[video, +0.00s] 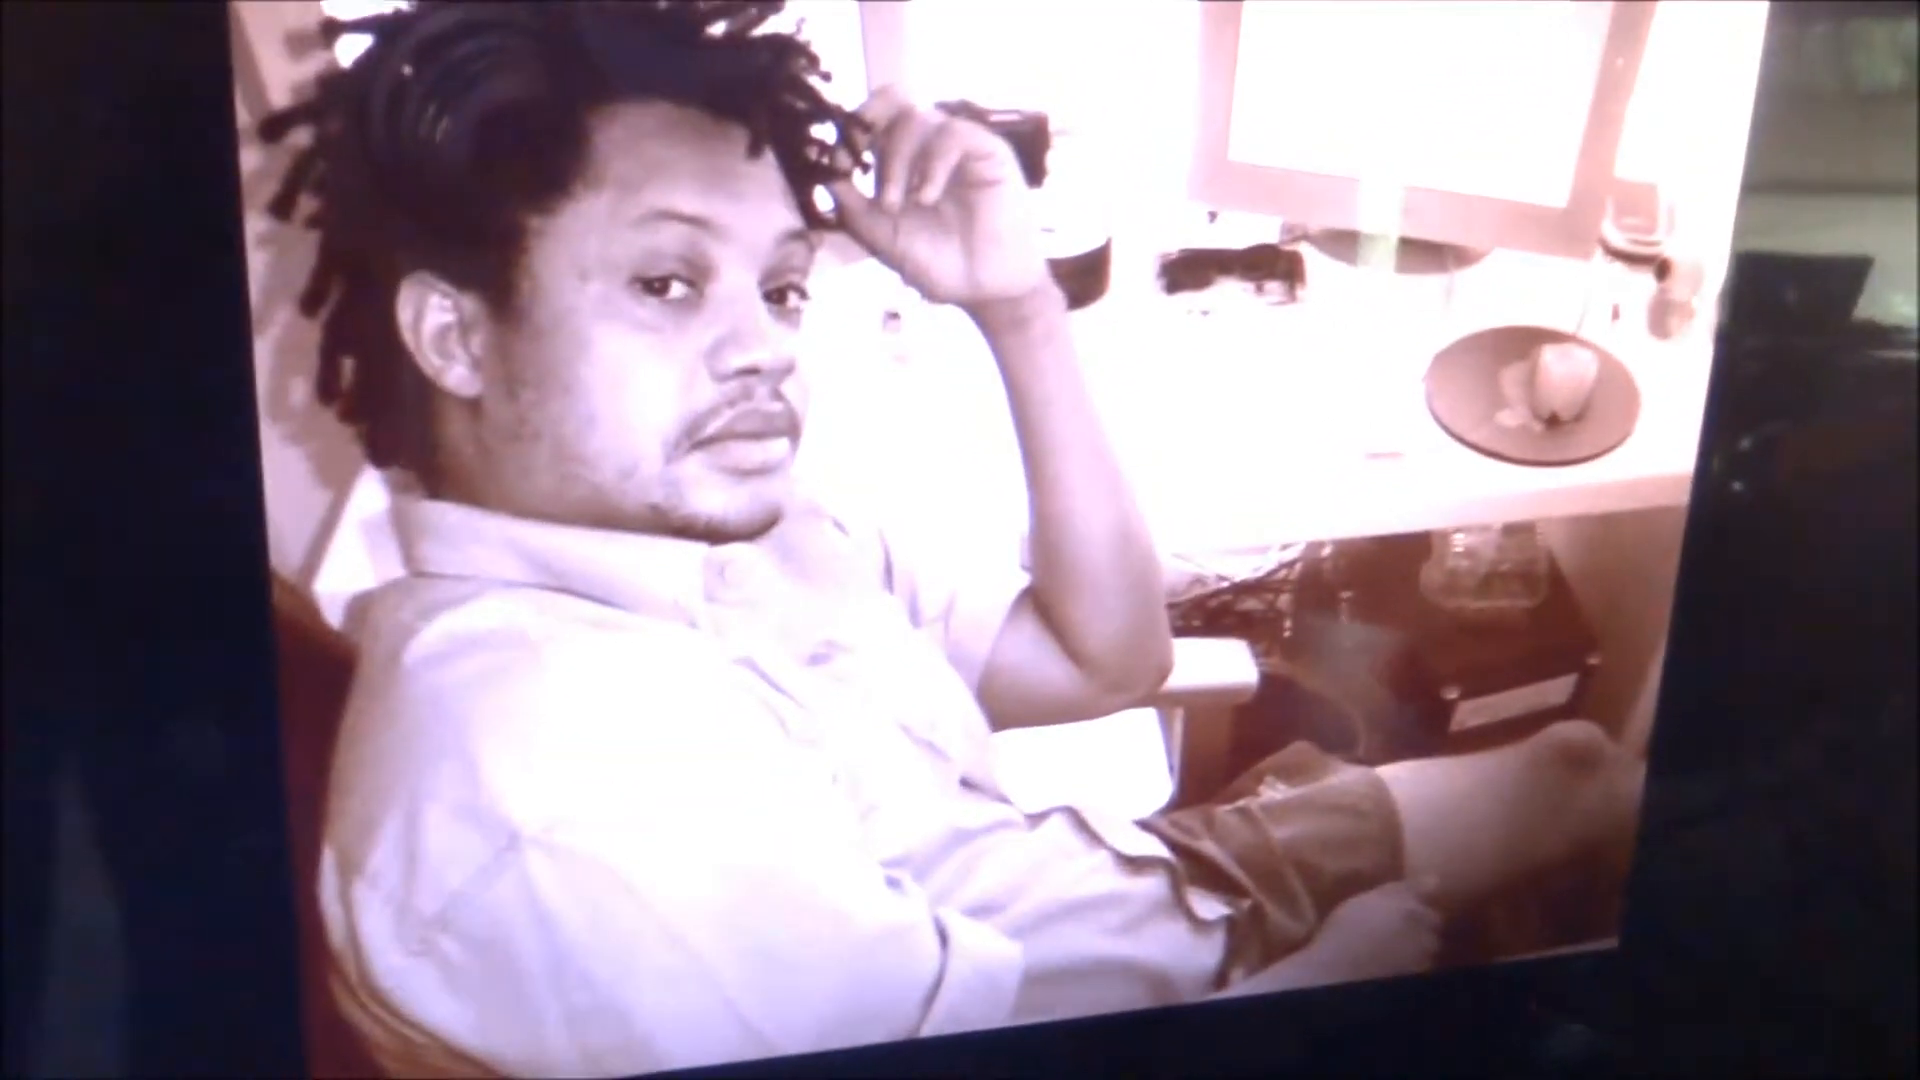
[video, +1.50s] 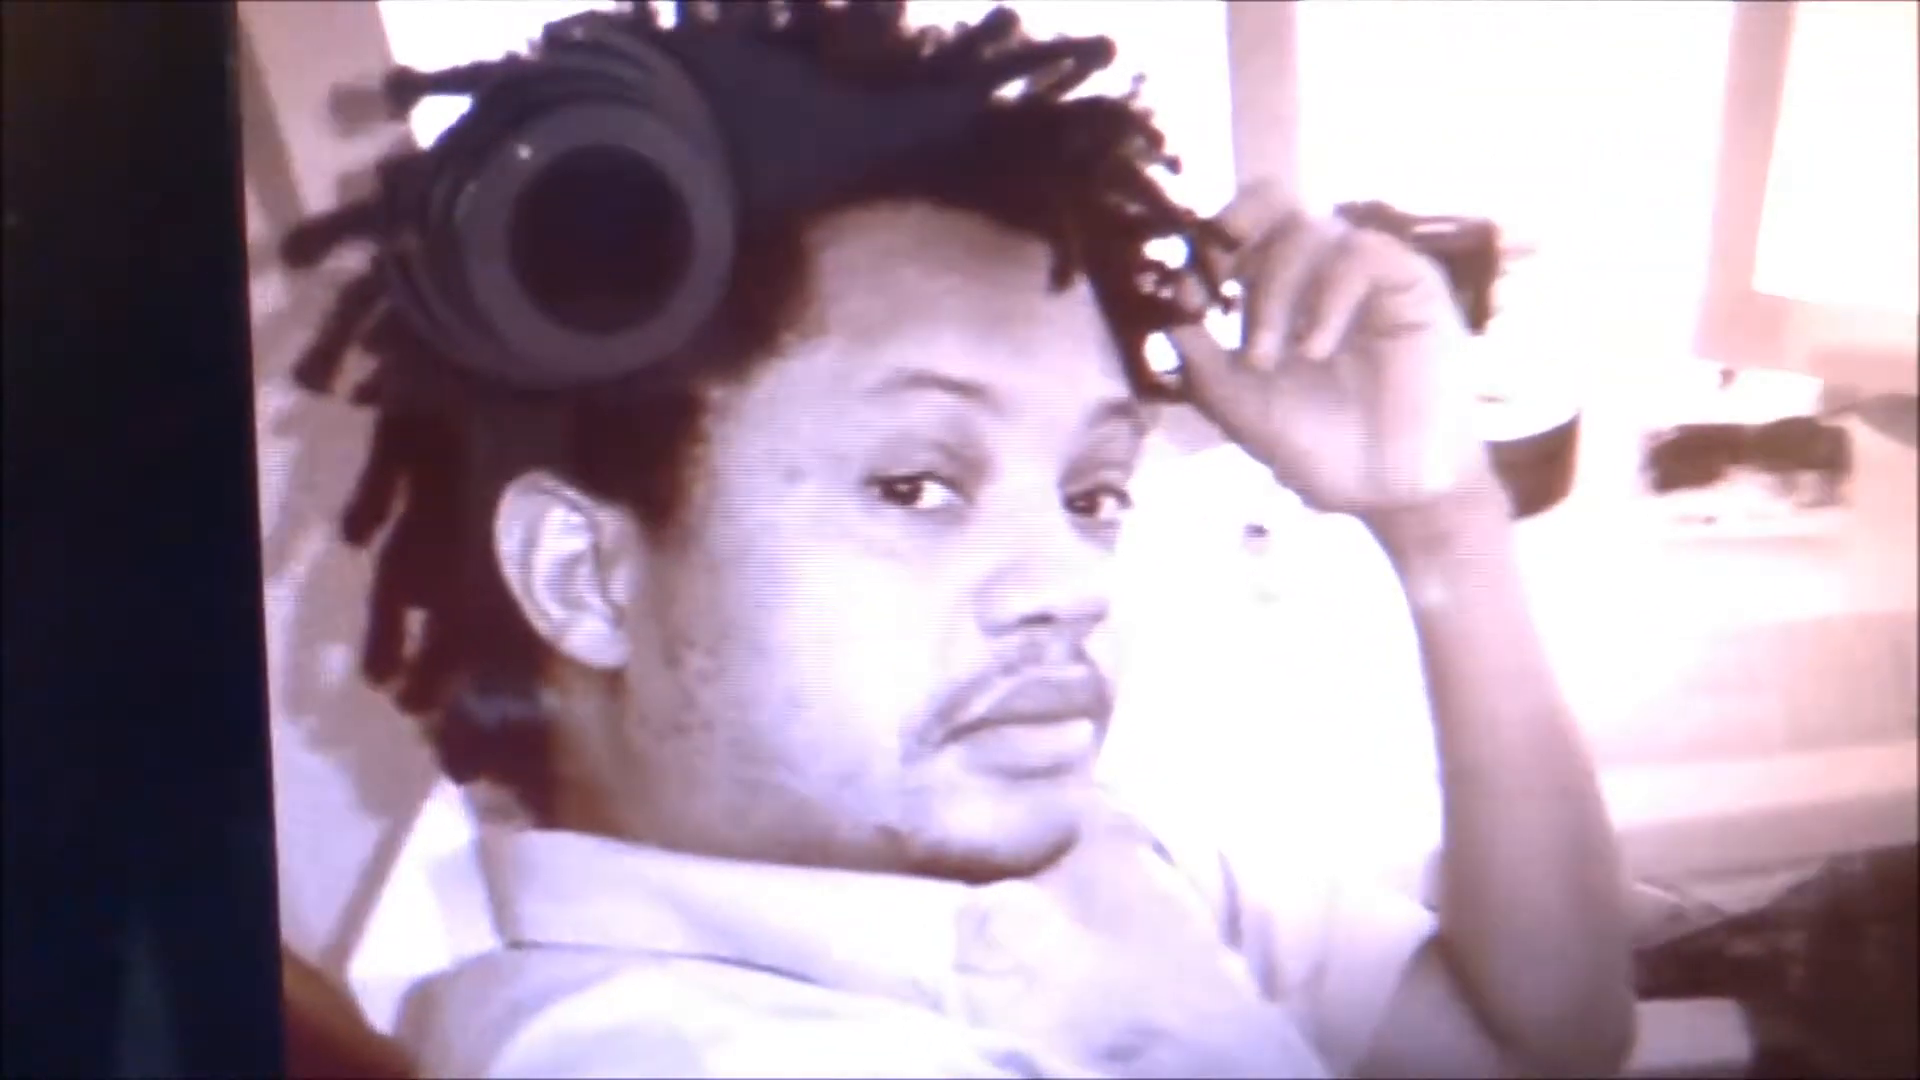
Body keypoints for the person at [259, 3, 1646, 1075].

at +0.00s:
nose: (764, 353)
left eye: (776, 294)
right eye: (665, 286)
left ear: (807, 302)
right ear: (451, 335)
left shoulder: (767, 556)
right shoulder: (500, 741)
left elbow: (1099, 658)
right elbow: (959, 1022)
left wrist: (1016, 306)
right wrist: (1356, 936)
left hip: (1200, 895)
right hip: (1157, 1018)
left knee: (1591, 765)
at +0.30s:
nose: (727, 417)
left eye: (737, 353)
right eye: (623, 353)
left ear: (774, 356)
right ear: (402, 408)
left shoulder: (719, 608)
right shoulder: (478, 826)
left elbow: (1074, 732)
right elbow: (956, 1048)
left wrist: (985, 378)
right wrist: (1374, 904)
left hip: (1153, 931)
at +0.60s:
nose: (696, 421)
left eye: (707, 356)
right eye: (591, 355)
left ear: (742, 357)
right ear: (364, 409)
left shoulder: (684, 615)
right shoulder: (453, 827)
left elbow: (1051, 736)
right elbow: (895, 1058)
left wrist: (956, 377)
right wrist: (1351, 981)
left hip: (1094, 928)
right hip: (1064, 1035)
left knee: (1530, 824)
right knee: (1567, 854)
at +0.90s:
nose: (738, 432)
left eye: (748, 368)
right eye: (630, 359)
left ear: (785, 374)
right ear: (392, 411)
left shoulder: (730, 634)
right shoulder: (464, 855)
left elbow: (1102, 765)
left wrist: (1007, 381)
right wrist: (1408, 1036)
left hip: (1185, 973)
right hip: (1131, 1062)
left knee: (1625, 874)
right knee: (1655, 899)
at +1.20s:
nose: (902, 504)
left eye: (920, 426)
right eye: (783, 416)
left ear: (959, 437)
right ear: (503, 480)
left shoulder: (905, 776)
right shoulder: (581, 976)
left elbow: (1316, 876)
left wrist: (1216, 442)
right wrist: (1659, 1061)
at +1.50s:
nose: (1074, 588)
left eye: (1094, 497)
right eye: (916, 490)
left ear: (1138, 495)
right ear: (577, 574)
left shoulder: (1118, 880)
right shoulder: (632, 1040)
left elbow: (1545, 1041)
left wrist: (1445, 535)